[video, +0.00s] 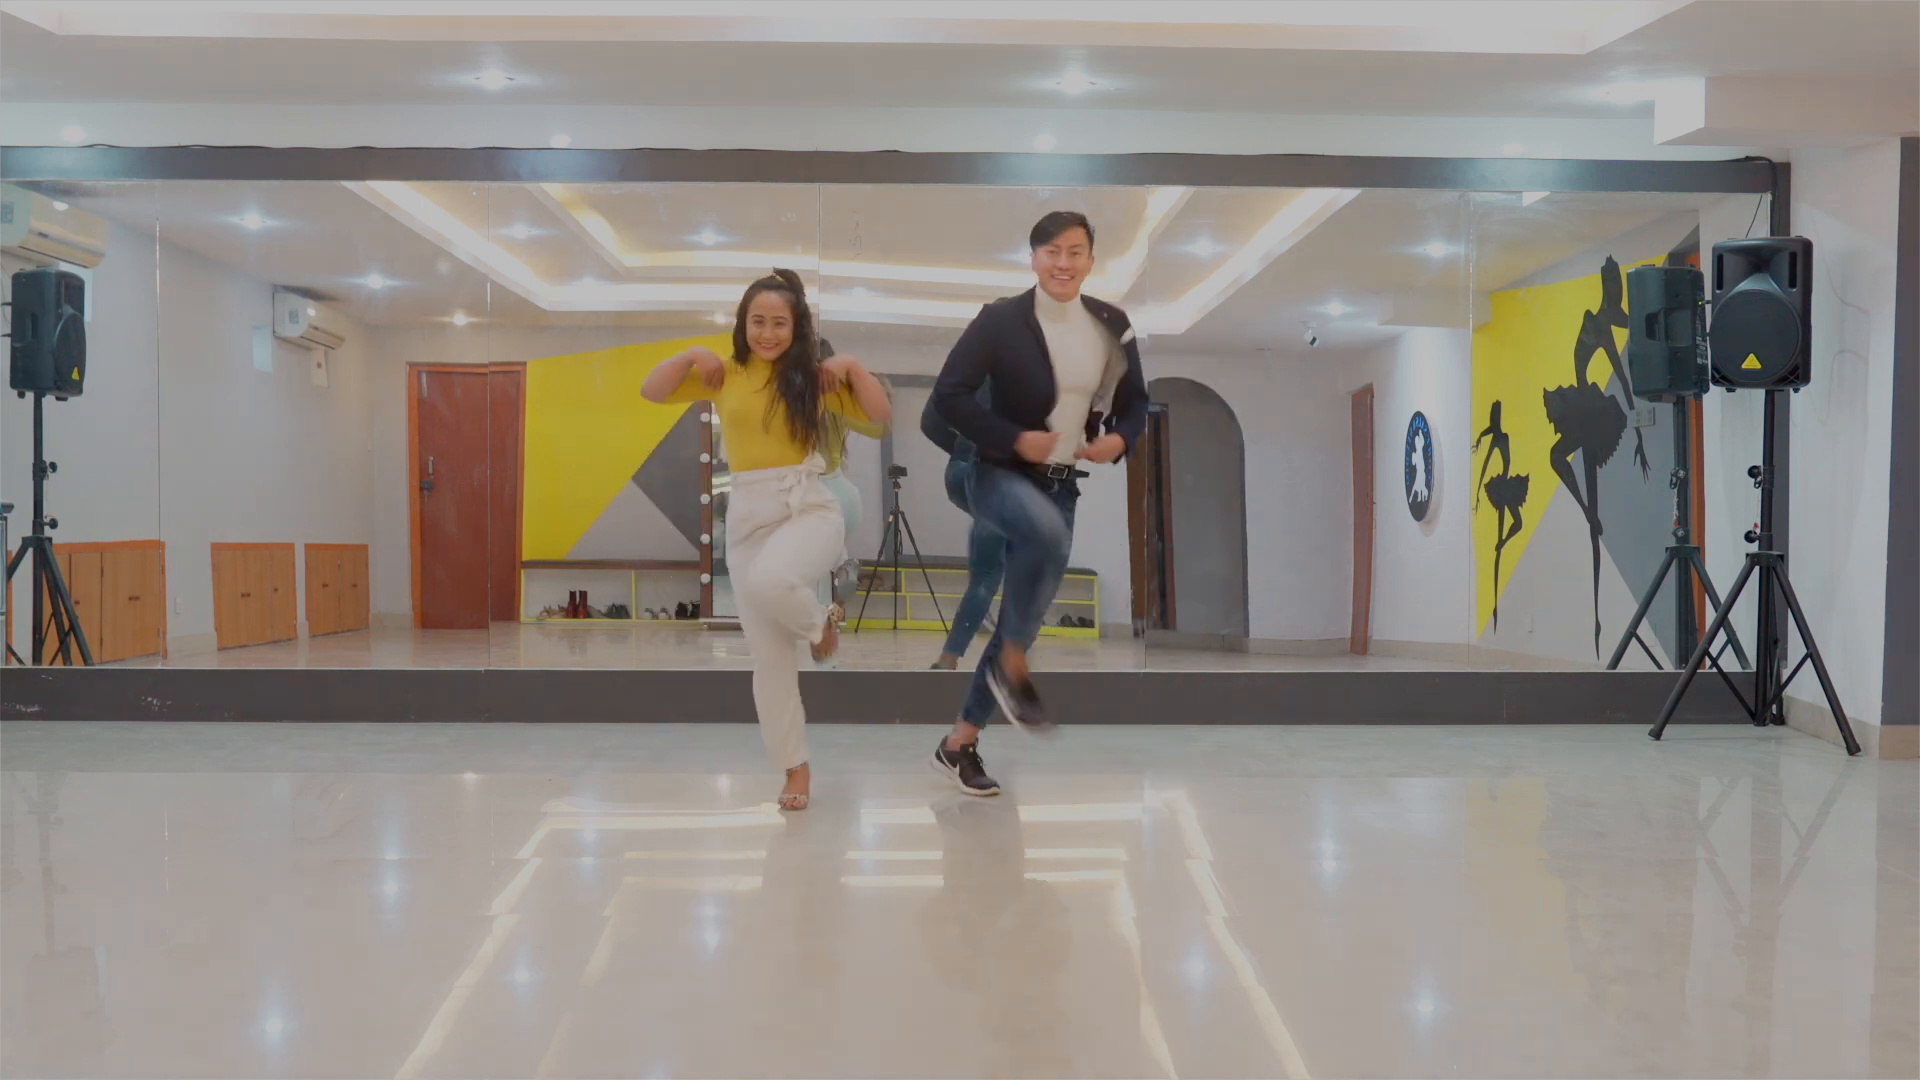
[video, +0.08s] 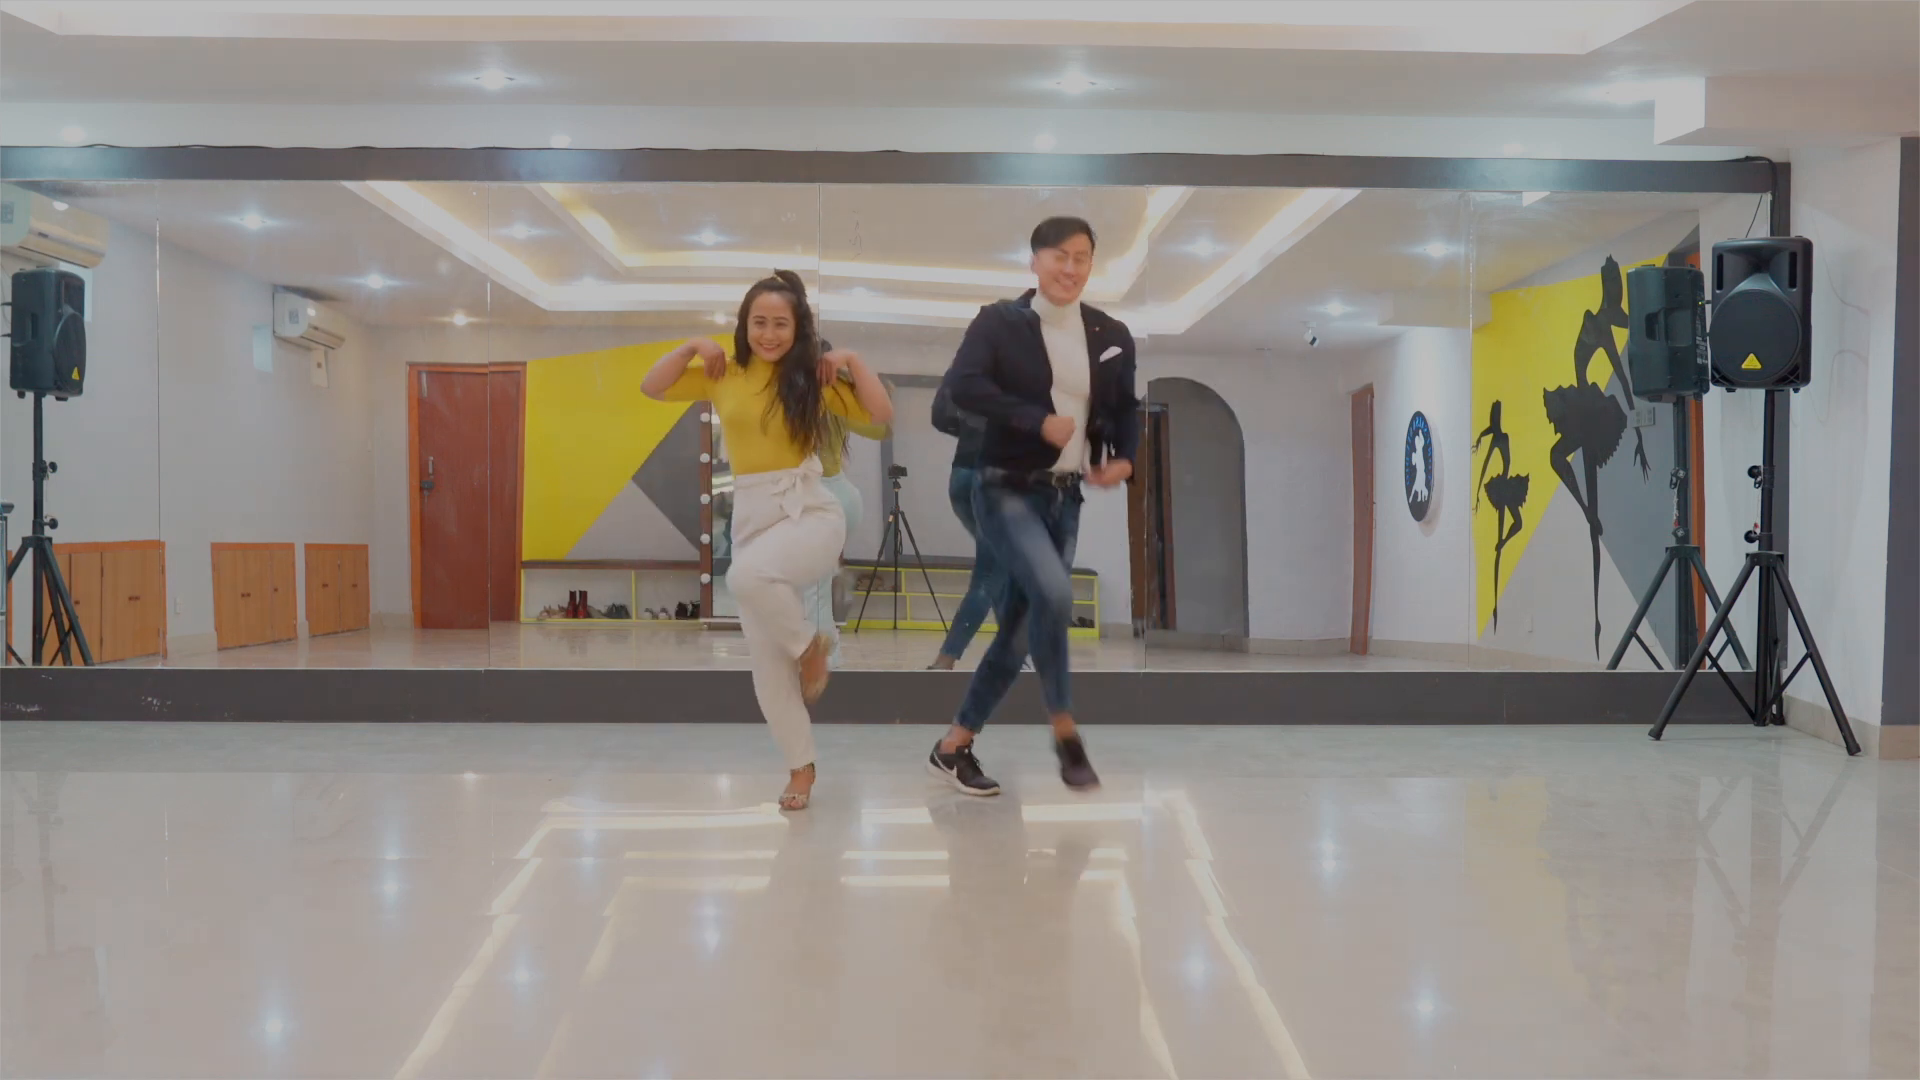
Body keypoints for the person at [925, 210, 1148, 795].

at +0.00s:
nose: (1064, 263)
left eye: (1075, 252)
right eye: (1053, 251)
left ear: (1092, 261)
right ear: (1034, 259)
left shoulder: (1112, 328)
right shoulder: (1000, 322)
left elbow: (1135, 403)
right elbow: (950, 397)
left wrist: (1120, 437)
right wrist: (1015, 438)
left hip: (1058, 486)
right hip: (993, 470)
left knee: (1023, 616)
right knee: (1045, 535)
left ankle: (961, 741)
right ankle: (1012, 663)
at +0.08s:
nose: (1069, 267)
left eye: (1080, 258)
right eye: (1058, 255)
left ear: (1092, 266)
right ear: (1034, 261)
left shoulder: (1110, 335)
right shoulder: (997, 323)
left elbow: (1124, 408)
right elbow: (963, 388)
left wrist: (1124, 454)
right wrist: (1036, 419)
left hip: (1065, 495)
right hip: (1004, 488)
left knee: (1019, 636)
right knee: (1054, 592)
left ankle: (954, 744)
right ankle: (1064, 729)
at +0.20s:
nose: (1084, 295)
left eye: (1090, 284)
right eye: (1071, 283)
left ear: (1096, 288)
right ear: (1040, 285)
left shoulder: (1102, 359)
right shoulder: (1005, 348)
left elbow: (1112, 430)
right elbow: (944, 425)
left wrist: (1131, 472)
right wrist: (1025, 431)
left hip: (1079, 523)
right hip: (1017, 519)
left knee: (1081, 654)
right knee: (1056, 646)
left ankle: (980, 732)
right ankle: (1075, 760)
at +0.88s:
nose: (1083, 307)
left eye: (1093, 295)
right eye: (1071, 296)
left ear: (1107, 297)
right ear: (1050, 302)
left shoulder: (1133, 363)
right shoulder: (1018, 365)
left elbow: (1146, 447)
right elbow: (951, 435)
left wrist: (1101, 497)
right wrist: (986, 455)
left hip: (1110, 521)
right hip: (1050, 520)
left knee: (1096, 650)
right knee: (1105, 641)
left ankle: (994, 724)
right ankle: (1044, 756)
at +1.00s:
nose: (1098, 302)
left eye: (1108, 290)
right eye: (1086, 291)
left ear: (1122, 294)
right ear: (1067, 298)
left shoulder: (1155, 358)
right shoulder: (1044, 362)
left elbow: (1223, 424)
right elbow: (988, 438)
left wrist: (1191, 495)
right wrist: (1040, 417)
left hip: (1126, 519)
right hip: (1060, 512)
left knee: (1159, 637)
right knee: (1072, 634)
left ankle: (1089, 719)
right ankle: (1038, 753)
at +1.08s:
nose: (1121, 299)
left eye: (1131, 288)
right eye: (1109, 288)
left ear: (1146, 292)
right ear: (1092, 296)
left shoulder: (1181, 351)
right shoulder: (1068, 363)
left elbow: (1238, 390)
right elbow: (1031, 441)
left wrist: (1224, 462)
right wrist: (1087, 425)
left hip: (1140, 516)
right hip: (1069, 510)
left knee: (1186, 640)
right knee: (1051, 630)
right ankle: (1032, 754)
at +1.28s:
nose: (1173, 305)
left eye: (1183, 293)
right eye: (1160, 294)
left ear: (1197, 289)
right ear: (1140, 295)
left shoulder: (1222, 342)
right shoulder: (1120, 362)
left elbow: (1262, 384)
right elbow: (1070, 448)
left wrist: (1274, 408)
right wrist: (1129, 497)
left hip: (1217, 513)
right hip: (1144, 517)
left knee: (1248, 640)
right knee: (1096, 615)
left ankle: (1231, 753)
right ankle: (1095, 726)